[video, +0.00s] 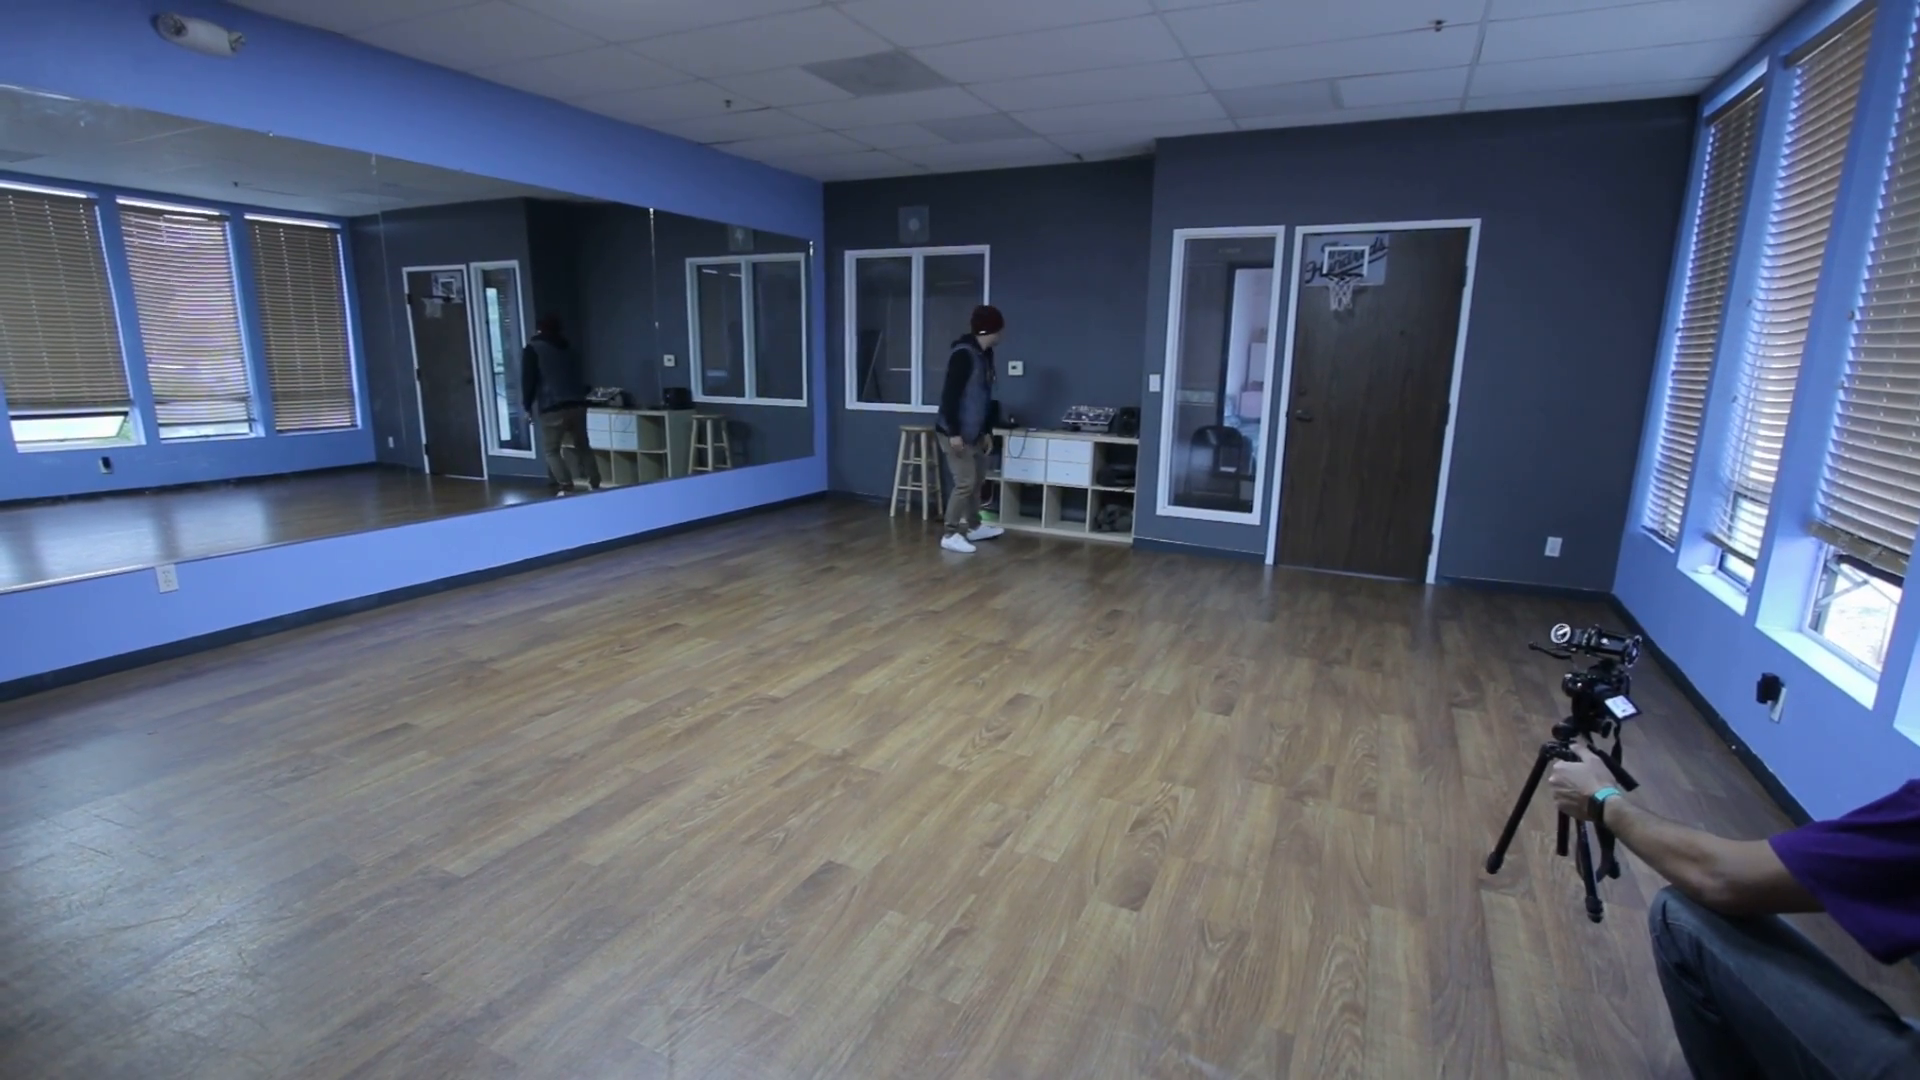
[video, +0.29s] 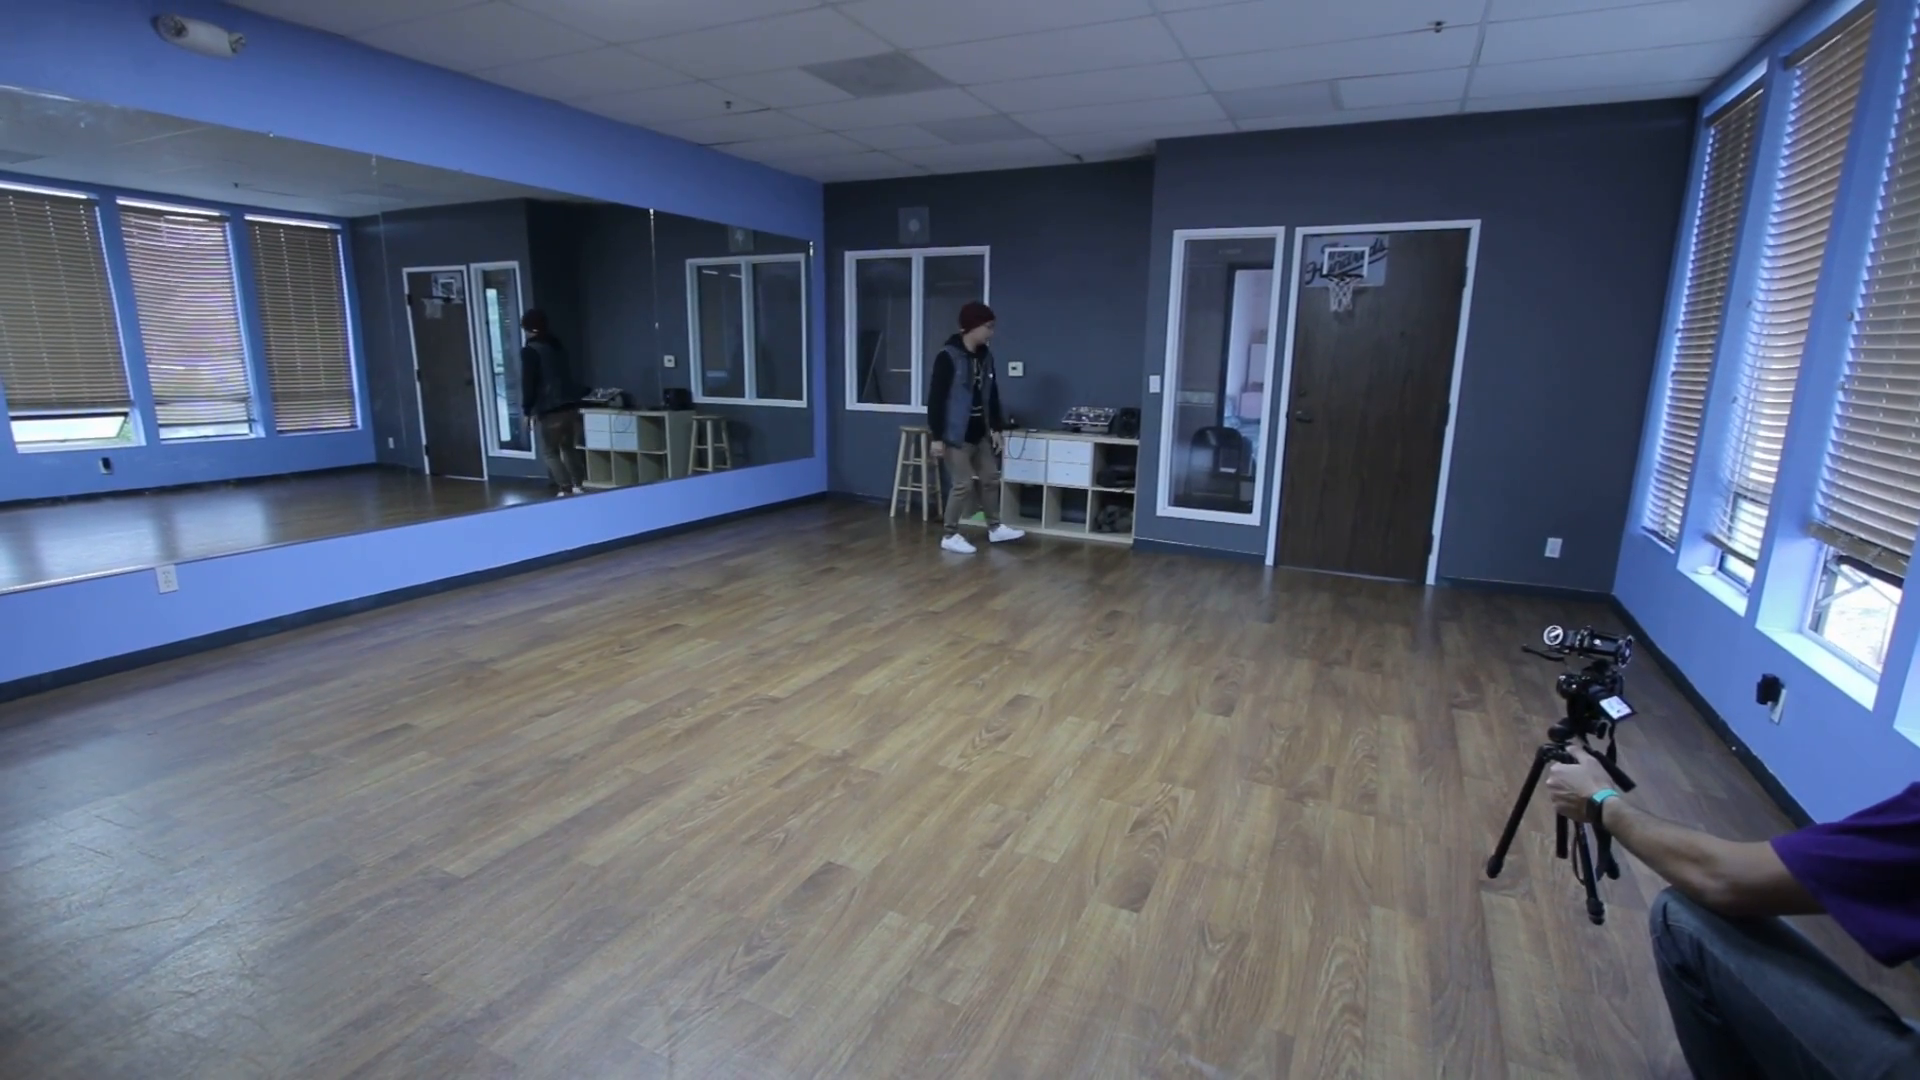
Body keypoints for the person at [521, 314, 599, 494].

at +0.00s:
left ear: (538, 328)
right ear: (558, 327)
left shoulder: (533, 348)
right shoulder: (567, 344)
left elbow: (529, 380)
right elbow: (576, 373)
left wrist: (528, 406)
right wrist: (577, 396)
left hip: (551, 404)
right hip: (576, 401)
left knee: (551, 450)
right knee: (582, 445)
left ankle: (566, 486)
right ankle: (595, 482)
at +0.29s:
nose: (525, 332)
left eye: (526, 329)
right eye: (525, 328)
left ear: (529, 329)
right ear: (545, 325)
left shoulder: (530, 350)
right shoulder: (558, 343)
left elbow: (529, 382)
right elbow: (567, 375)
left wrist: (528, 410)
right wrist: (571, 398)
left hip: (547, 406)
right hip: (568, 403)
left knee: (549, 451)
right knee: (569, 448)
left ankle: (565, 488)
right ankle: (578, 484)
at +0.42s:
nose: (521, 328)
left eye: (522, 323)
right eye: (521, 324)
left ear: (529, 323)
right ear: (541, 321)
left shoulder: (532, 344)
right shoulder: (554, 337)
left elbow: (531, 377)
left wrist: (528, 406)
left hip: (547, 402)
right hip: (563, 397)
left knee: (553, 446)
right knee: (556, 445)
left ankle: (563, 484)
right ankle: (560, 480)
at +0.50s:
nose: (520, 327)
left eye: (522, 323)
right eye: (520, 323)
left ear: (530, 323)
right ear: (539, 321)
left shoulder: (533, 344)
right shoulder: (553, 338)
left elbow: (532, 376)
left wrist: (527, 404)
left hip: (546, 402)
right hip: (560, 398)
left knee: (553, 447)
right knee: (550, 445)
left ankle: (567, 487)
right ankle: (549, 483)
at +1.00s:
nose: (523, 330)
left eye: (524, 327)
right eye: (525, 327)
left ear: (526, 328)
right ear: (543, 327)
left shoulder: (528, 348)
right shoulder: (552, 345)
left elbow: (527, 380)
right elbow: (554, 377)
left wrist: (525, 408)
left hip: (534, 409)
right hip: (551, 408)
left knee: (534, 454)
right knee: (537, 451)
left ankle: (558, 488)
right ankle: (530, 489)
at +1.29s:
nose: (533, 327)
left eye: (533, 323)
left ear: (534, 324)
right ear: (553, 322)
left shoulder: (529, 346)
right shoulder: (564, 342)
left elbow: (522, 379)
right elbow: (576, 372)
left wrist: (517, 407)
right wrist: (576, 395)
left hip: (547, 402)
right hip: (569, 400)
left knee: (550, 448)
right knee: (558, 446)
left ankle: (562, 485)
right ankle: (553, 483)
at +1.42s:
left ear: (539, 322)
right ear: (560, 321)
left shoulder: (532, 344)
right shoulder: (570, 341)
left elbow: (524, 376)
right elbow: (583, 372)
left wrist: (519, 403)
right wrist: (593, 398)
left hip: (548, 402)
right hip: (572, 400)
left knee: (555, 445)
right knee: (572, 443)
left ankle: (563, 485)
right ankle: (576, 482)